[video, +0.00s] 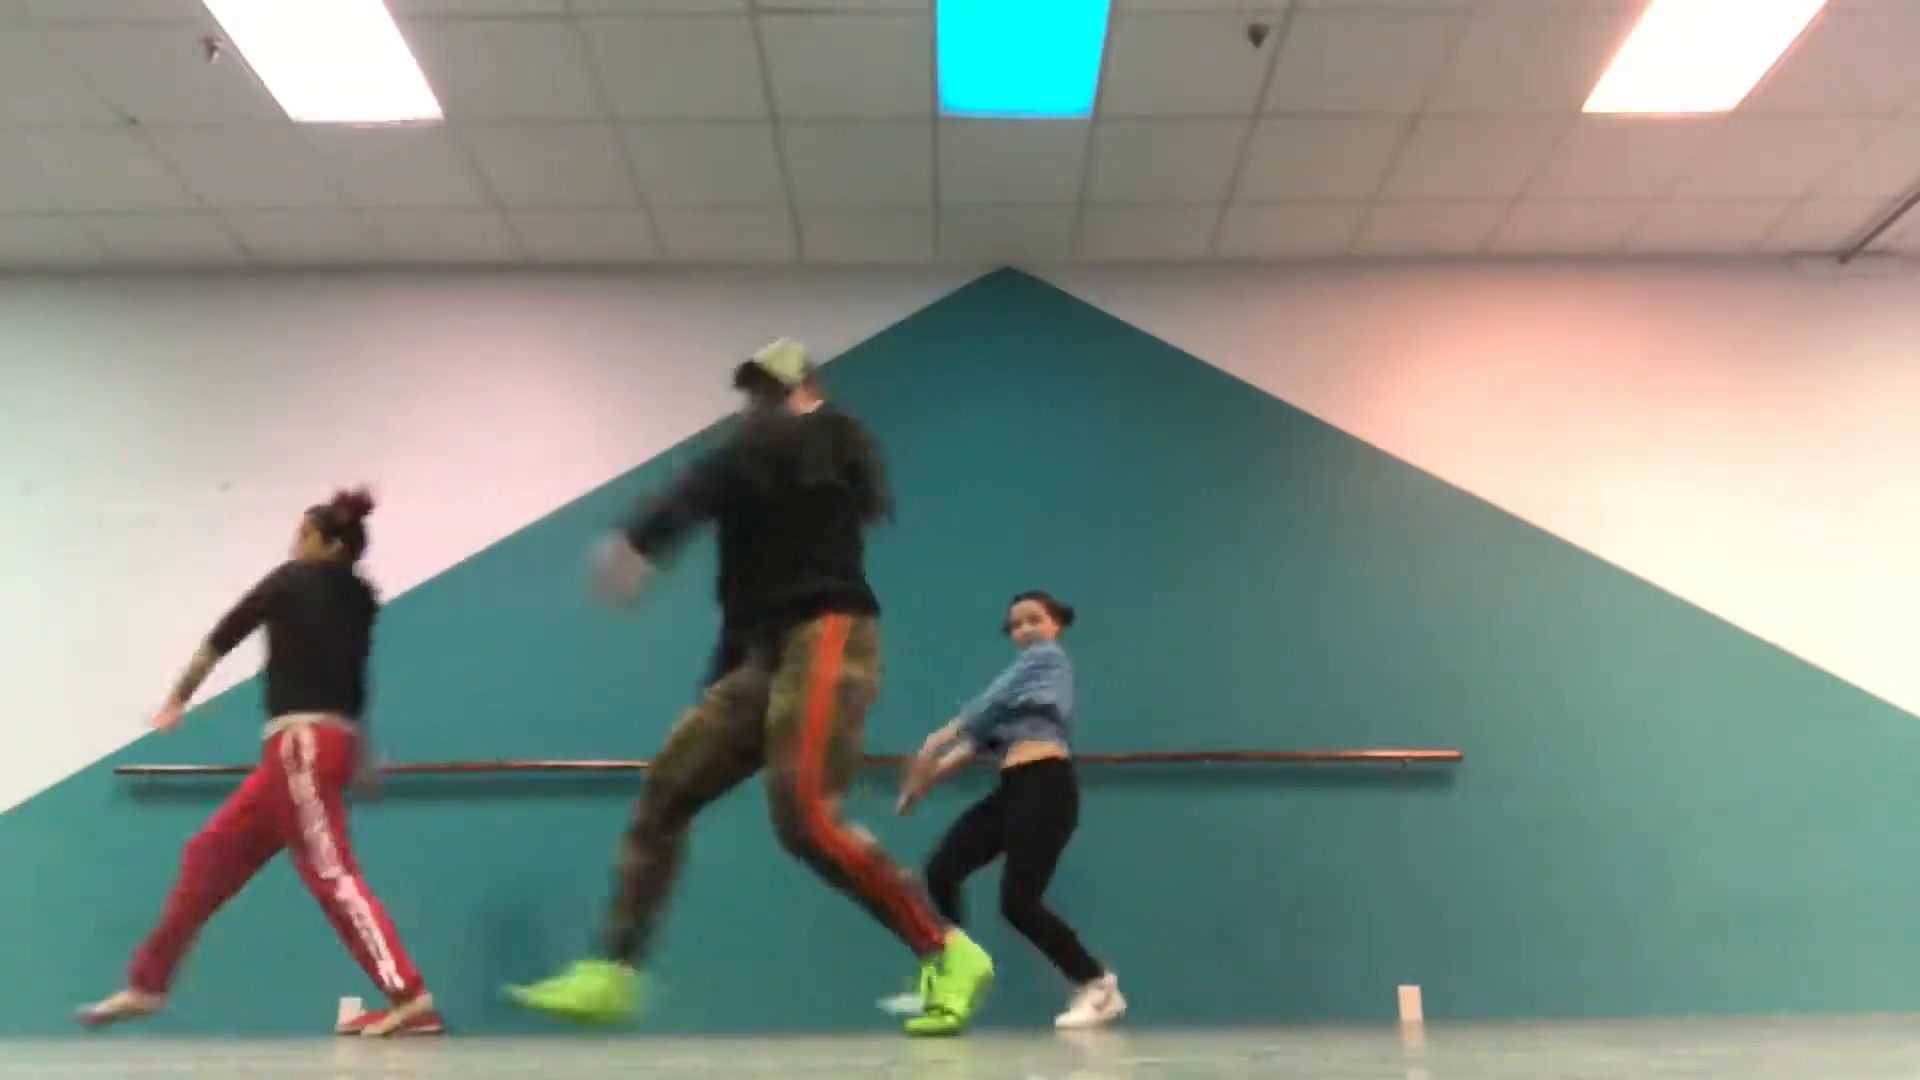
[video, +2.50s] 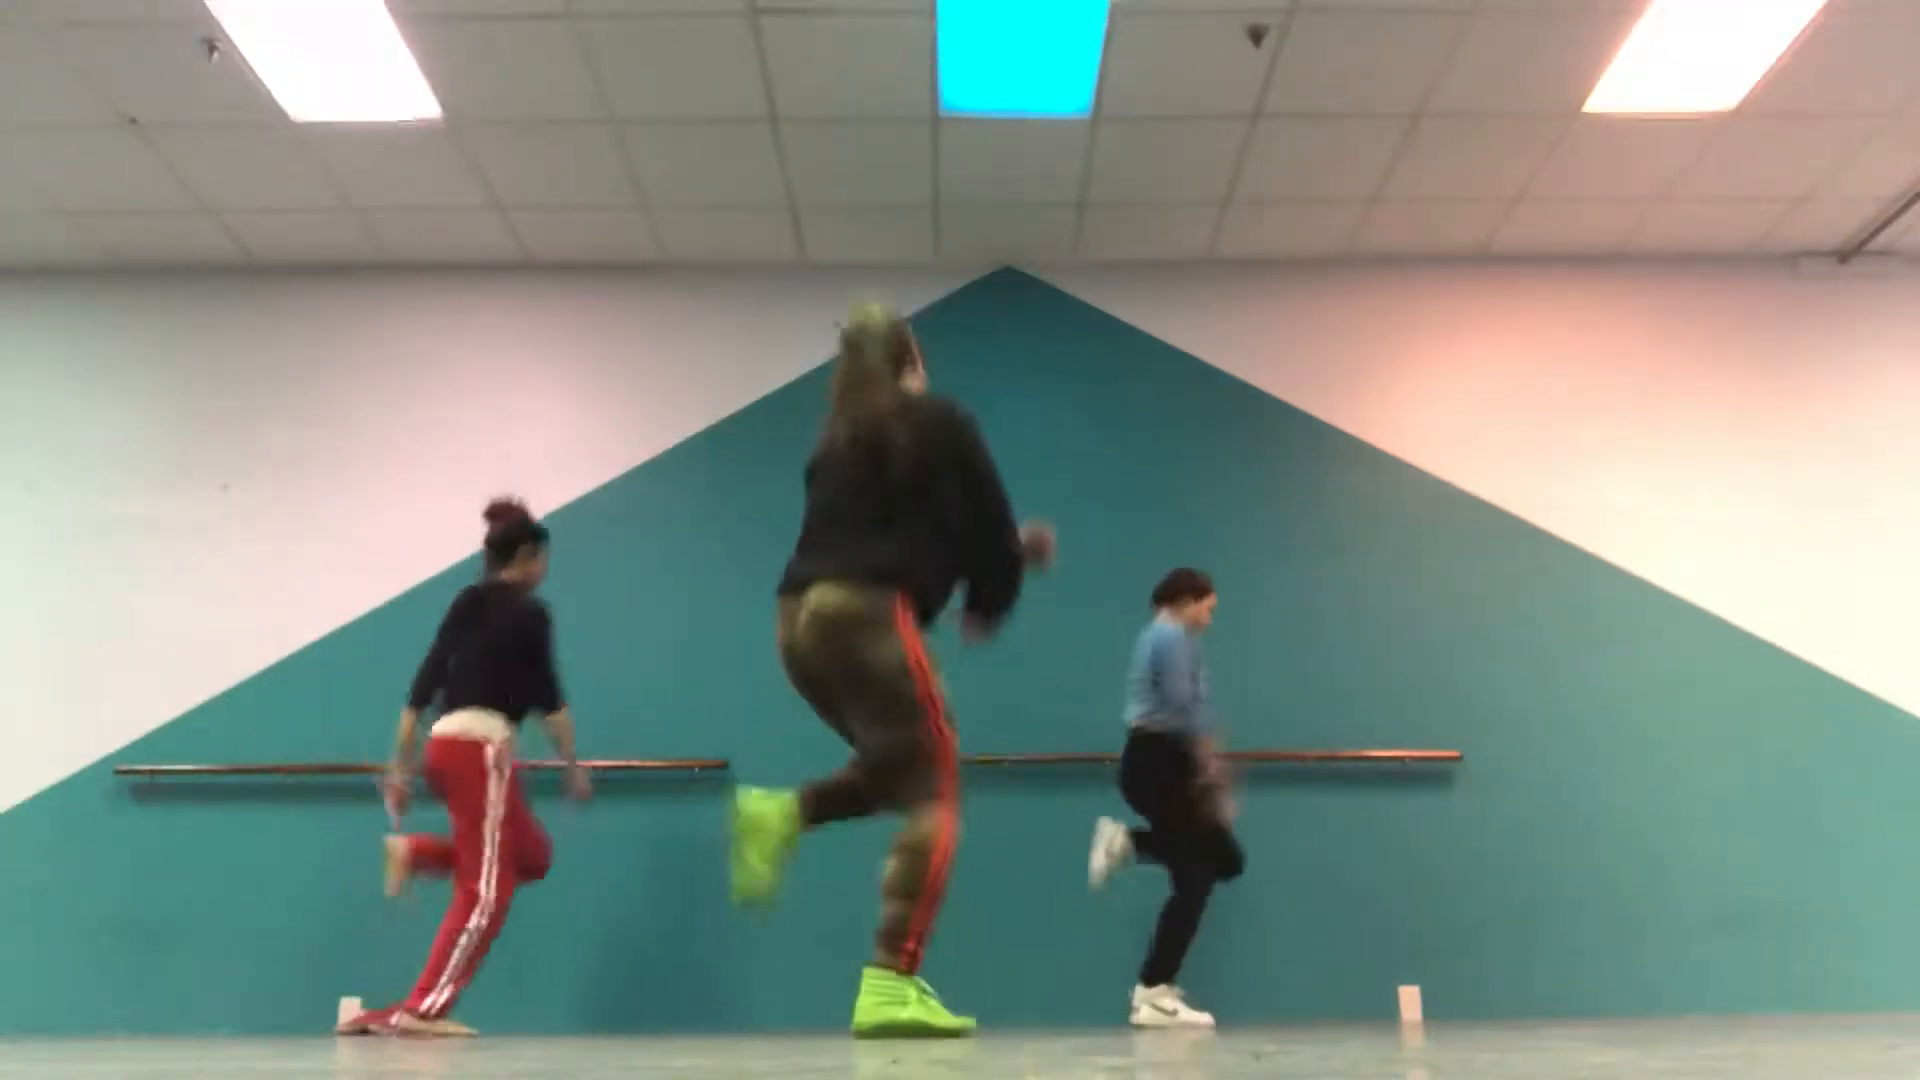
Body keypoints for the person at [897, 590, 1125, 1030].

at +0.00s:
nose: (1023, 630)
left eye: (1033, 620)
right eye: (1015, 625)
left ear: (1056, 624)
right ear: (1010, 635)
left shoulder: (1046, 658)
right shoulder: (1021, 676)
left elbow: (988, 705)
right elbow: (976, 739)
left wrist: (940, 740)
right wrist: (928, 775)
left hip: (1046, 789)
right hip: (1012, 792)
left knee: (1019, 903)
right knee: (941, 873)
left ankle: (1097, 985)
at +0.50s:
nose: (1046, 658)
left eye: (1054, 652)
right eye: (1040, 647)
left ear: (1058, 657)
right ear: (1017, 644)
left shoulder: (1034, 700)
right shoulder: (1001, 680)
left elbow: (1040, 777)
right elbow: (1005, 770)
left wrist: (1039, 832)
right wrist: (1020, 836)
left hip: (1001, 796)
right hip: (964, 792)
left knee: (1056, 889)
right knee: (971, 908)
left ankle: (1023, 991)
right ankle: (881, 993)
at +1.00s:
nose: (1053, 603)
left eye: (1059, 597)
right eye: (1044, 592)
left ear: (1059, 604)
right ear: (1018, 593)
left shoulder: (1034, 634)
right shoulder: (1019, 626)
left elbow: (1062, 701)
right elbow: (1060, 690)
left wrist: (1096, 739)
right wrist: (1105, 744)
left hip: (1010, 749)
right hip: (993, 747)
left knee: (1027, 871)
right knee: (1020, 869)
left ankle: (1005, 987)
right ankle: (945, 964)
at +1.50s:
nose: (1089, 601)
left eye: (1090, 593)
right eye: (1078, 592)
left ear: (1066, 602)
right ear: (1051, 598)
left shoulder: (1054, 635)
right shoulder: (1060, 629)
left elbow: (1125, 627)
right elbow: (1127, 618)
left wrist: (1178, 592)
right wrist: (1183, 583)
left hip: (1016, 758)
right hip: (1039, 758)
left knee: (1020, 883)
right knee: (1098, 868)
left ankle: (989, 991)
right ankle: (1166, 962)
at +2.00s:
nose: (1159, 627)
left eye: (1163, 619)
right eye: (1156, 615)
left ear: (1140, 610)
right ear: (1130, 605)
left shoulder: (1118, 649)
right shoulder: (1101, 634)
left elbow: (1162, 693)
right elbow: (1151, 673)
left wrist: (1215, 709)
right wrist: (1210, 698)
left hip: (1086, 758)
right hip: (1074, 758)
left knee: (1140, 855)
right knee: (1141, 854)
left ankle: (1089, 950)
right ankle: (1150, 976)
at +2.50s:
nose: (1209, 620)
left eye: (1211, 611)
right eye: (1207, 609)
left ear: (1176, 602)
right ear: (1188, 602)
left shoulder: (1161, 636)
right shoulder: (1171, 636)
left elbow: (1182, 709)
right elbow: (1183, 704)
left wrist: (1206, 771)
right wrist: (1204, 757)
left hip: (1151, 756)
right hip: (1159, 756)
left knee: (1221, 859)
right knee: (1200, 869)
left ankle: (1127, 842)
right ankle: (1155, 989)